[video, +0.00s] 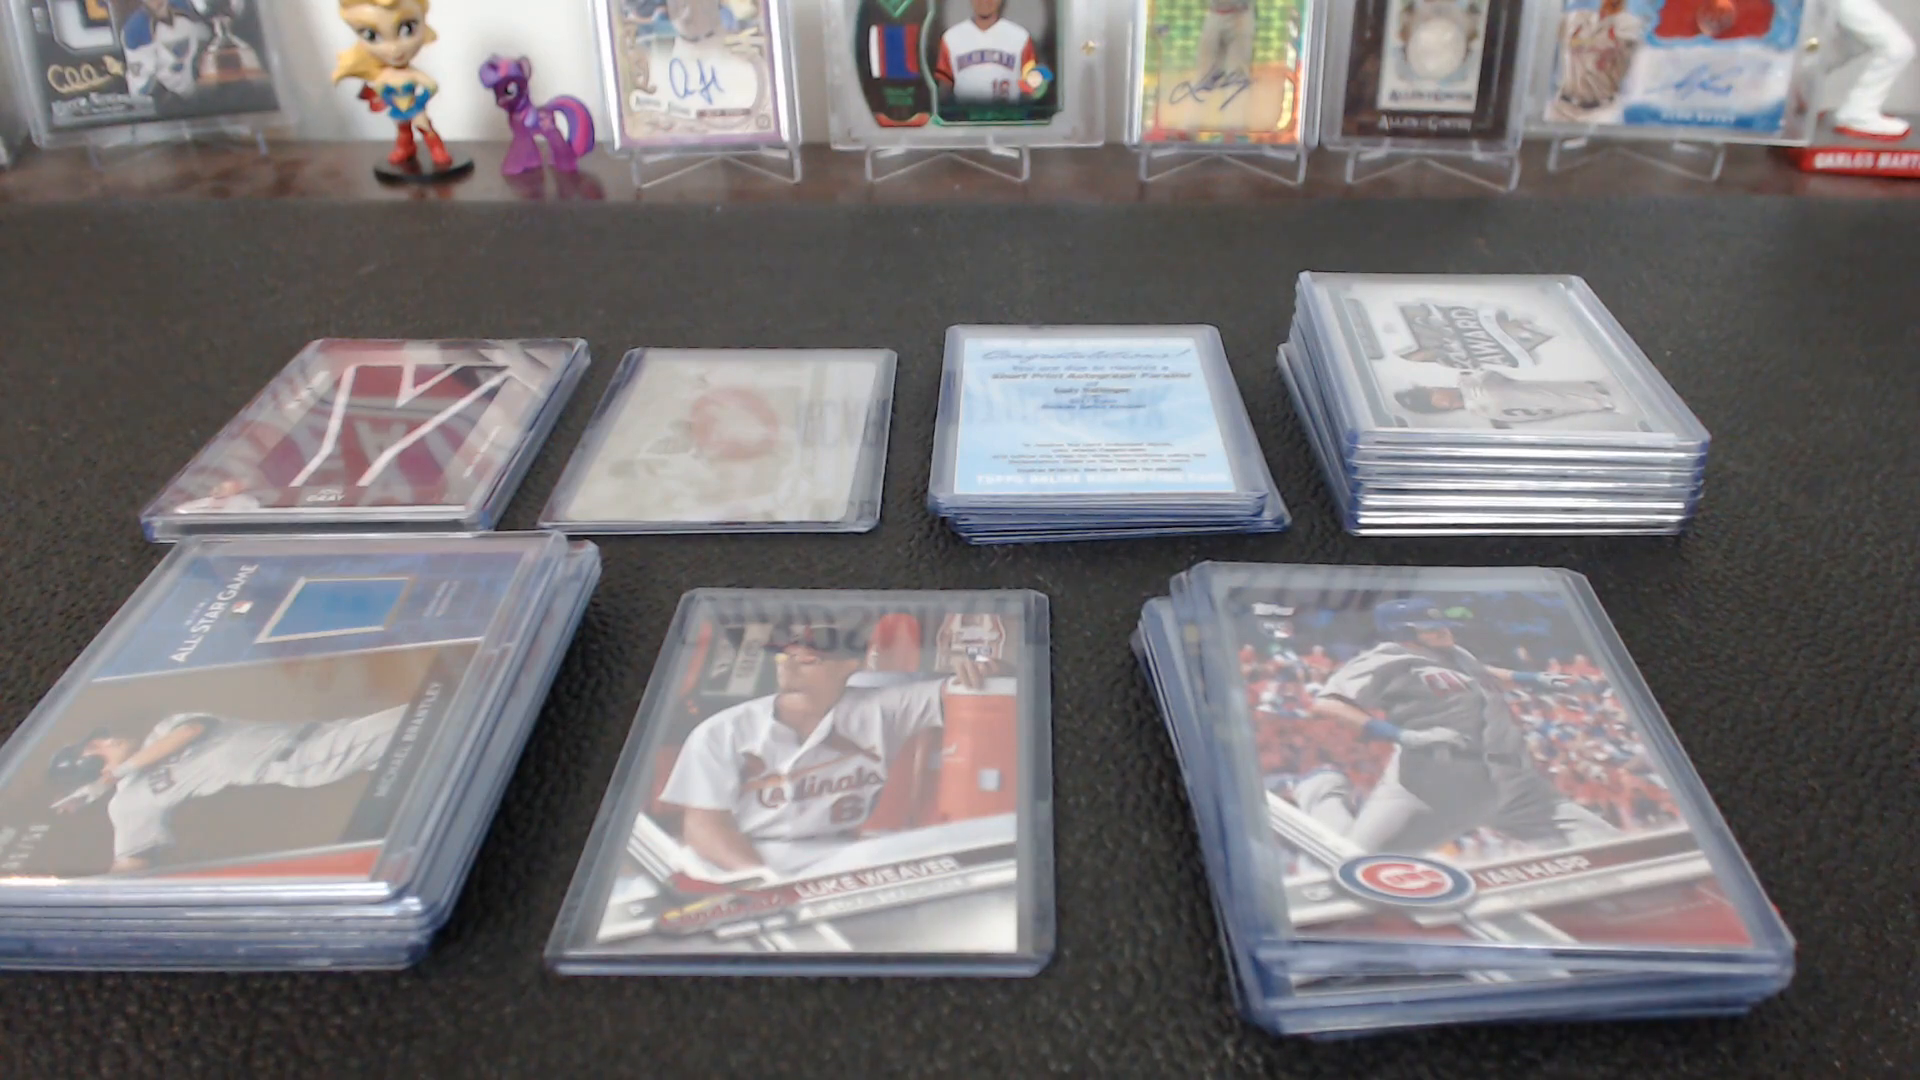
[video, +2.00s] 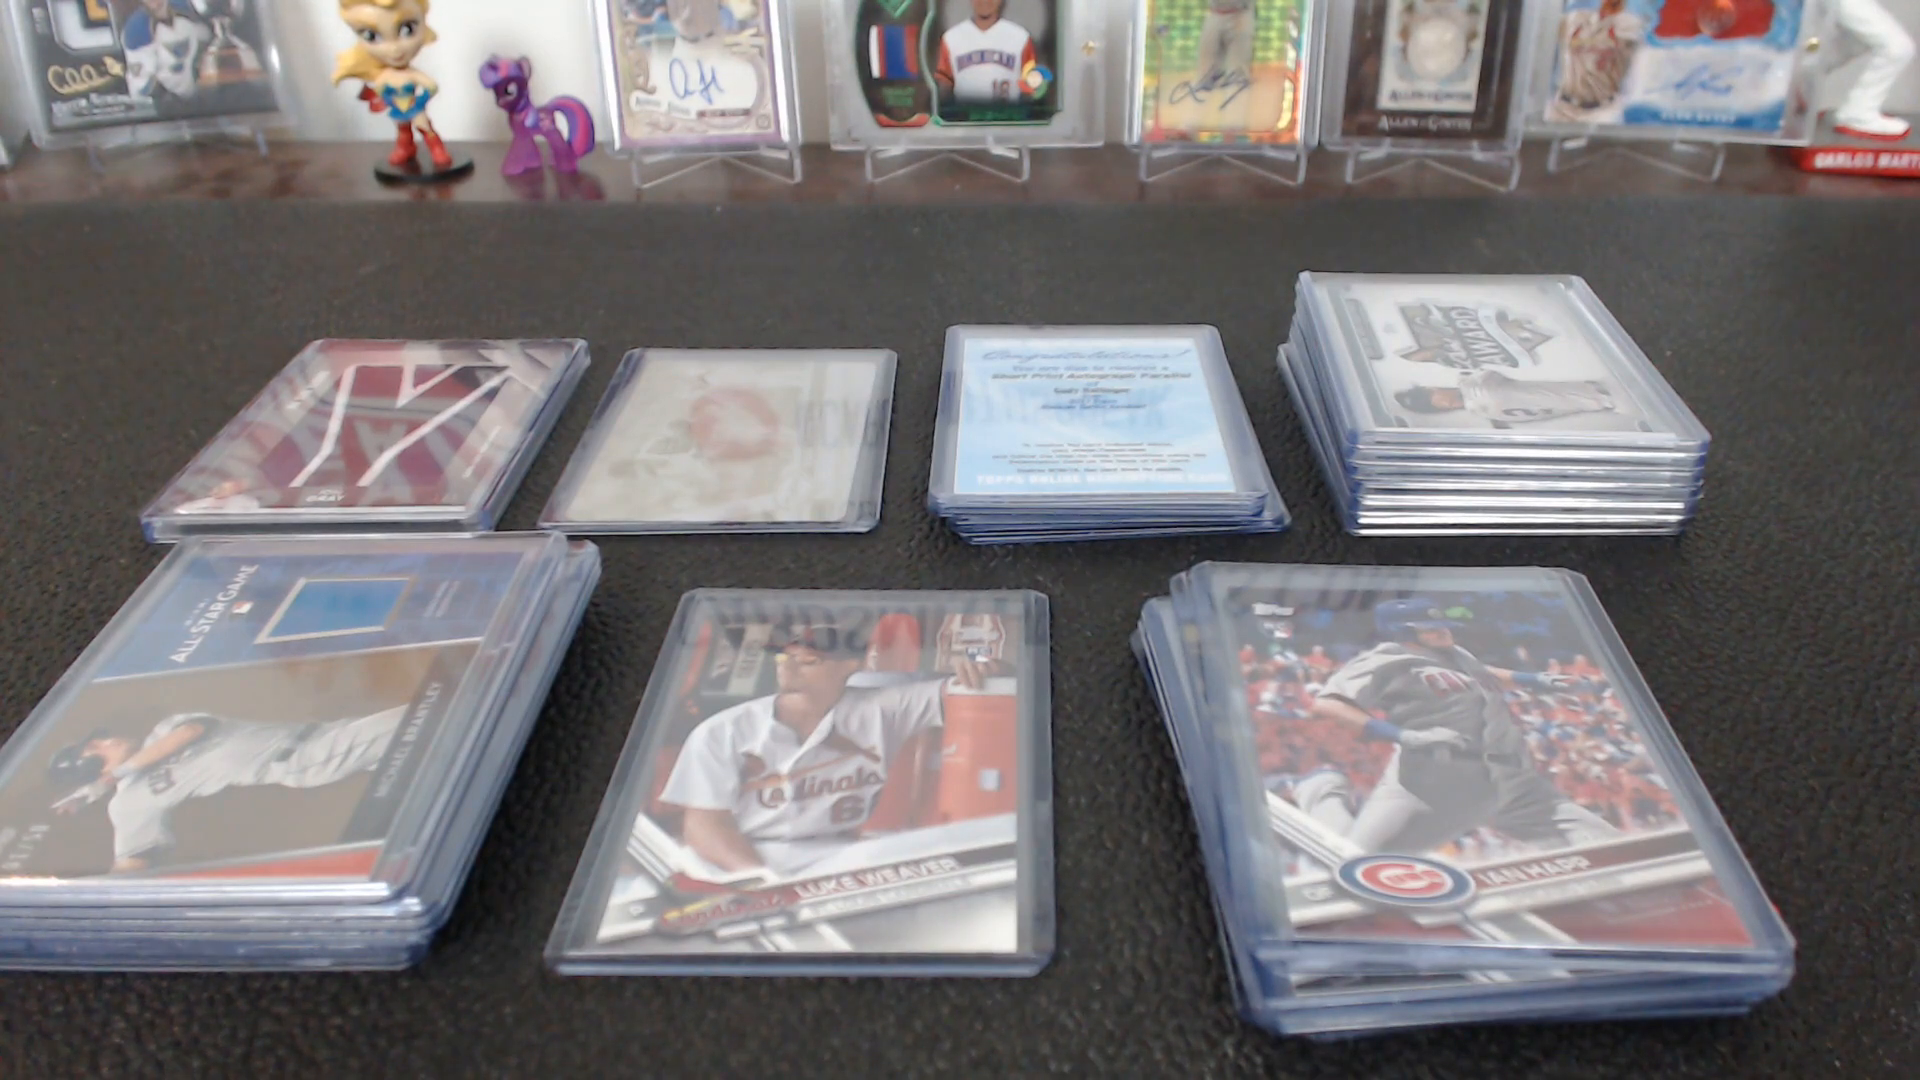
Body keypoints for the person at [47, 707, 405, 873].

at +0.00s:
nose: (109, 740)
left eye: (98, 740)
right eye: (99, 746)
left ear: (106, 742)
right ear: (100, 768)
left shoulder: (162, 727)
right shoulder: (131, 799)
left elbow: (193, 732)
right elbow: (130, 870)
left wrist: (116, 775)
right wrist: (80, 897)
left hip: (312, 731)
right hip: (299, 760)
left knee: (417, 719)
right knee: (414, 717)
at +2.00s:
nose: (110, 740)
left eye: (99, 739)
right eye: (100, 746)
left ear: (107, 742)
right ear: (100, 770)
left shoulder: (159, 727)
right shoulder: (131, 800)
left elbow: (192, 732)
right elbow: (130, 870)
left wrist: (115, 776)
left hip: (310, 732)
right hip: (298, 760)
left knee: (414, 721)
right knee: (412, 717)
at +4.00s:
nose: (111, 740)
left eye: (101, 739)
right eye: (101, 747)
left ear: (108, 742)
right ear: (100, 771)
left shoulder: (161, 729)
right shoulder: (131, 799)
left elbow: (193, 732)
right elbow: (129, 871)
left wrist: (119, 773)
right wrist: (82, 899)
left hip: (312, 733)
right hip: (299, 760)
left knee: (416, 722)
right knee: (414, 718)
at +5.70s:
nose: (109, 751)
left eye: (98, 747)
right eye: (99, 760)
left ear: (108, 736)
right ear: (100, 776)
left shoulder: (160, 727)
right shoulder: (131, 801)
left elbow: (191, 733)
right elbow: (128, 872)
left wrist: (117, 775)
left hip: (305, 735)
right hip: (291, 768)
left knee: (412, 719)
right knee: (408, 721)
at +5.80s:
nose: (104, 771)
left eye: (98, 758)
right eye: (94, 774)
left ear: (112, 741)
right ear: (96, 786)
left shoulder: (161, 731)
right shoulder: (130, 802)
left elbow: (193, 732)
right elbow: (130, 871)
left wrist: (124, 770)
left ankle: (418, 715)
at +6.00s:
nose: (115, 740)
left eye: (106, 739)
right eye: (105, 744)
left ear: (108, 745)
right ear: (101, 761)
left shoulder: (163, 727)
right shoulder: (130, 800)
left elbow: (196, 730)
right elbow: (130, 871)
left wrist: (118, 774)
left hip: (293, 731)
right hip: (286, 763)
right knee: (400, 724)